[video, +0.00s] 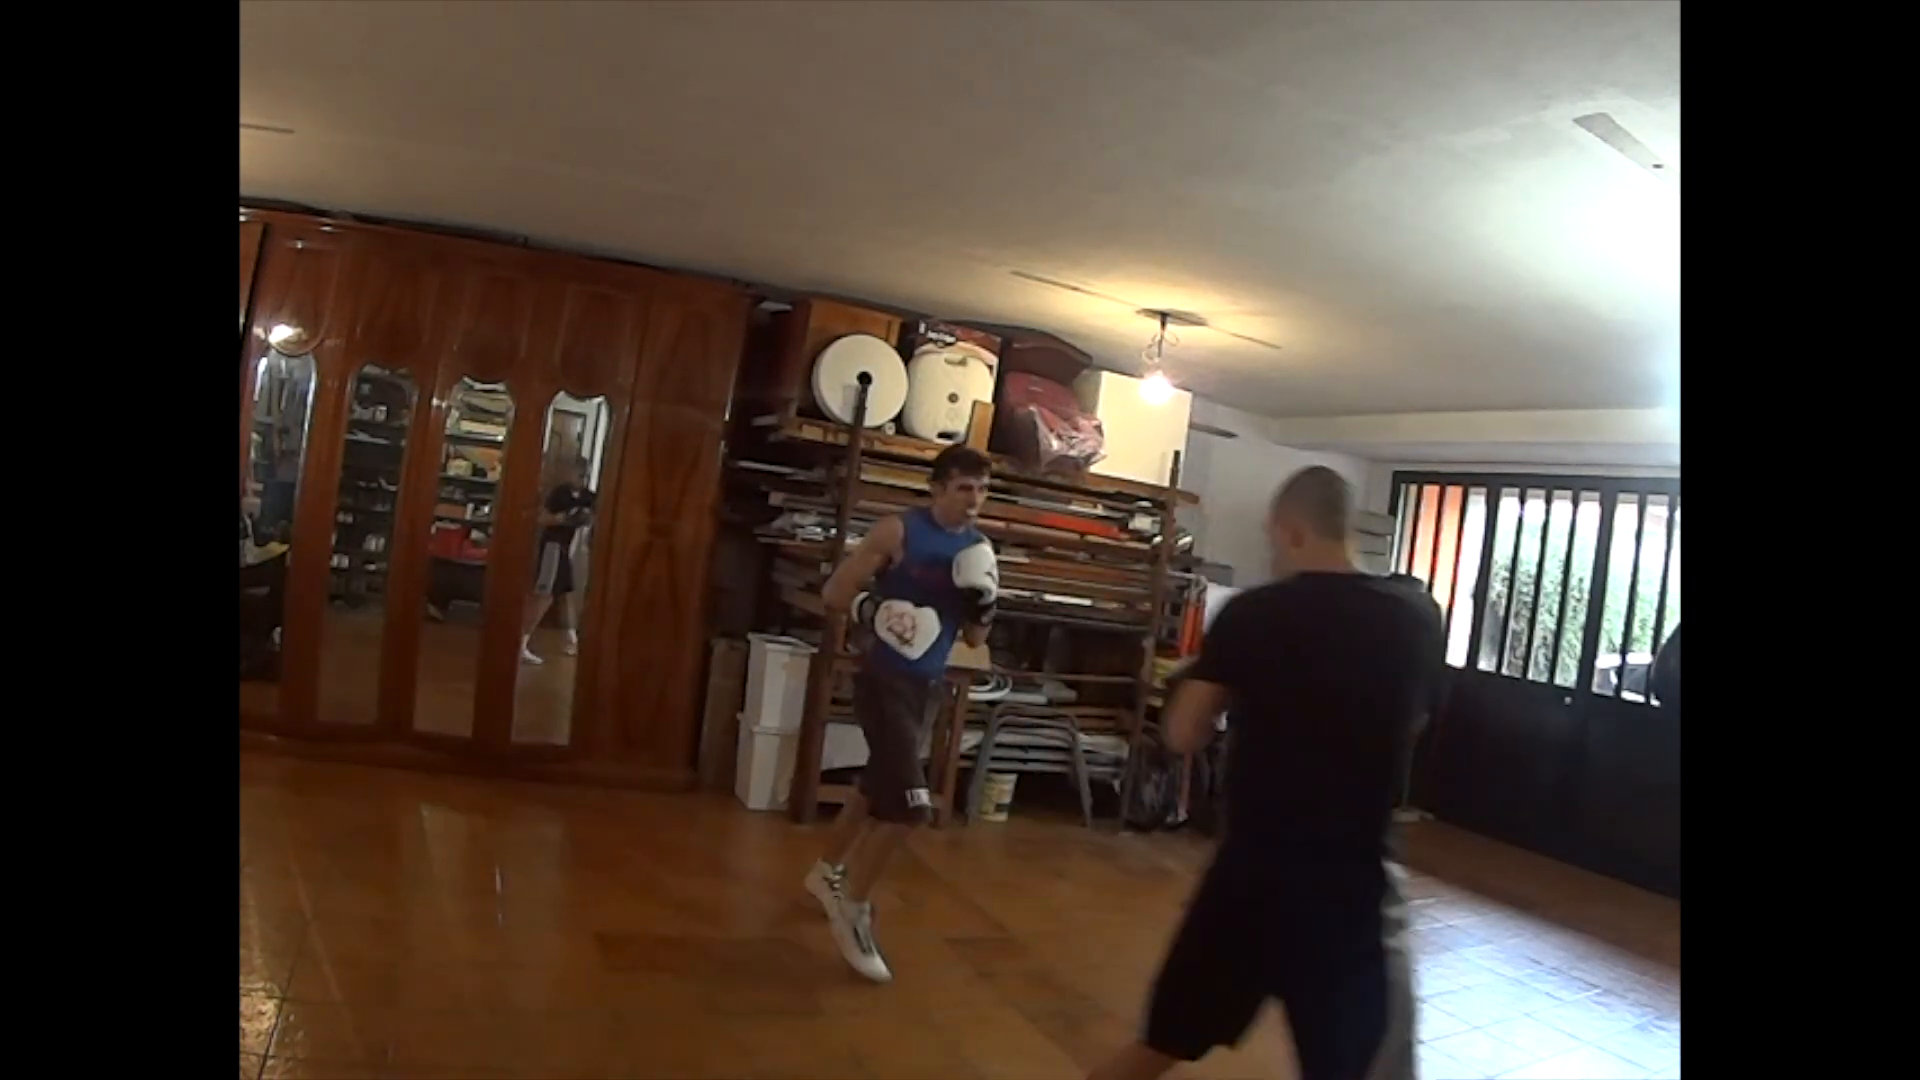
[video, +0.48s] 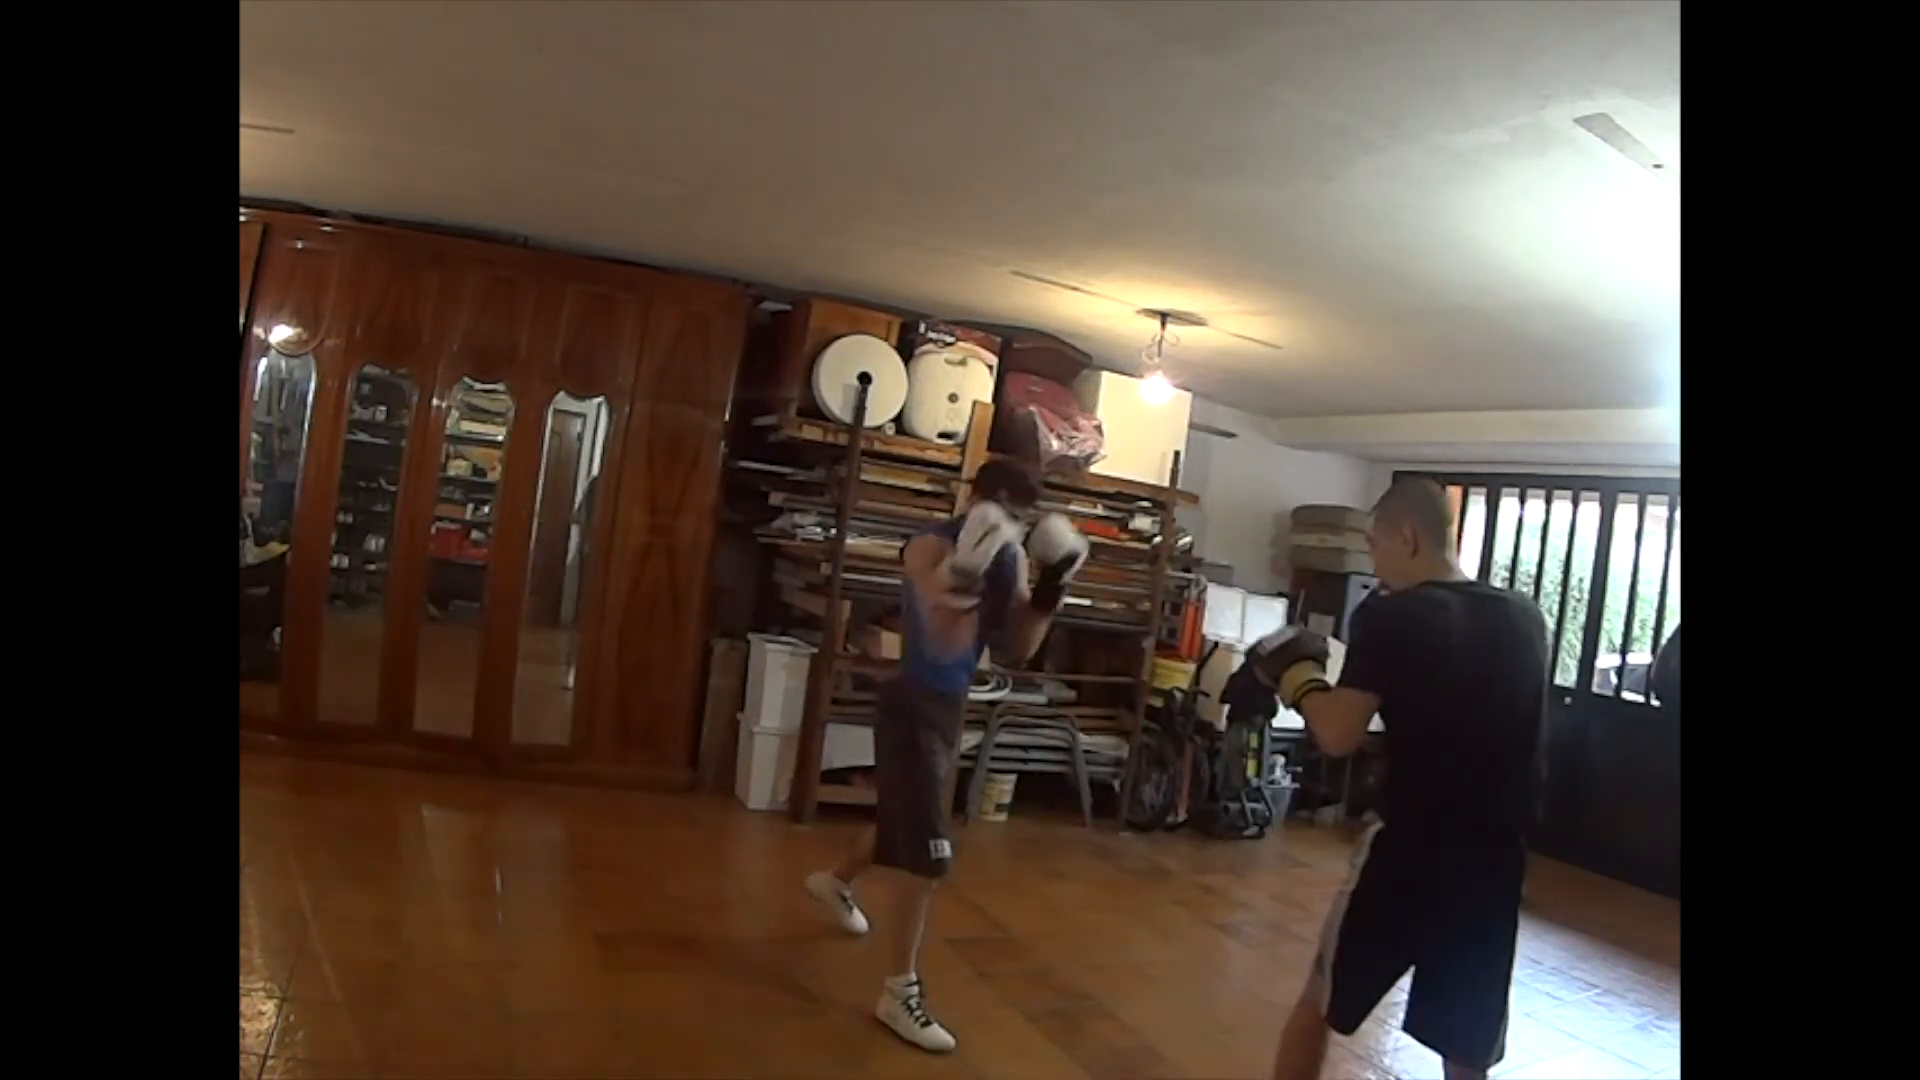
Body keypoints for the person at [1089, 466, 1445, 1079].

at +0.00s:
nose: (1276, 546)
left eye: (1275, 534)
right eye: (1276, 534)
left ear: (1289, 530)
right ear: (1345, 528)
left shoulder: (1254, 612)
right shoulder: (1415, 615)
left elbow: (1183, 733)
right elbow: (1411, 732)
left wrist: (1236, 685)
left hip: (1253, 874)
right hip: (1352, 884)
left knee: (1162, 1046)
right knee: (1346, 1066)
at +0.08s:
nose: (1311, 561)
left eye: (1312, 546)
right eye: (1309, 547)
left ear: (1332, 537)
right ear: (1379, 533)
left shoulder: (1299, 620)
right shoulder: (1455, 629)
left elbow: (1228, 736)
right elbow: (1430, 742)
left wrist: (1223, 685)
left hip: (1300, 880)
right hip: (1400, 887)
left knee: (1196, 1041)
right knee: (1399, 1067)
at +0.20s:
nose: (1364, 559)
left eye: (1364, 544)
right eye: (1362, 546)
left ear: (1386, 536)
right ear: (1433, 534)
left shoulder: (1359, 616)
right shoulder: (1509, 626)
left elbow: (1303, 735)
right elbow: (1477, 740)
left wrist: (1270, 699)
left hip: (1363, 870)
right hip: (1457, 877)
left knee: (1243, 1024)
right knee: (1452, 1064)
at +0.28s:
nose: (1379, 555)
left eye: (1380, 539)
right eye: (1377, 541)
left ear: (1406, 529)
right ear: (1449, 529)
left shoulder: (1380, 610)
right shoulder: (1526, 621)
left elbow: (1326, 730)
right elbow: (1501, 738)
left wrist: (1298, 693)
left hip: (1378, 862)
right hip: (1471, 870)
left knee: (1267, 1010)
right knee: (1459, 1064)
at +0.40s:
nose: (1384, 559)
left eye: (1385, 540)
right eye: (1382, 542)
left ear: (1416, 529)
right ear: (1447, 530)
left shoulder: (1397, 607)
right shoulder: (1534, 617)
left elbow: (1345, 729)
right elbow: (1498, 732)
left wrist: (1302, 686)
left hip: (1405, 856)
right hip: (1492, 865)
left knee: (1305, 1008)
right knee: (1463, 1059)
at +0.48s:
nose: (1374, 565)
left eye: (1375, 547)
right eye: (1372, 549)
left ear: (1407, 536)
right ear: (1440, 537)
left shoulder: (1392, 615)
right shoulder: (1525, 617)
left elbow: (1337, 733)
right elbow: (1500, 737)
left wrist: (1295, 675)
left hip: (1410, 854)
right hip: (1494, 860)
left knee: (1317, 1009)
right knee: (1468, 1056)